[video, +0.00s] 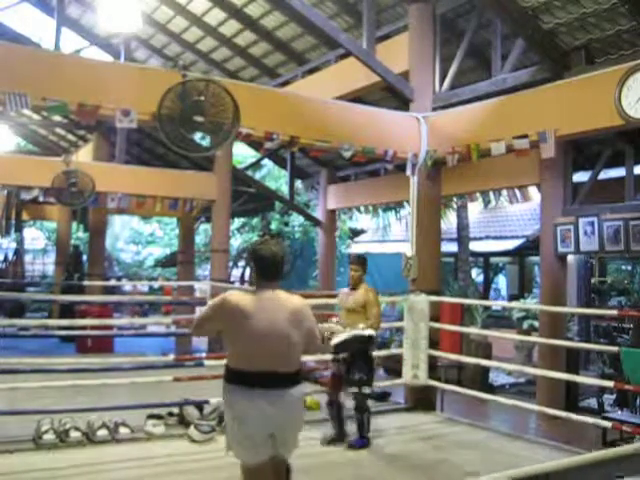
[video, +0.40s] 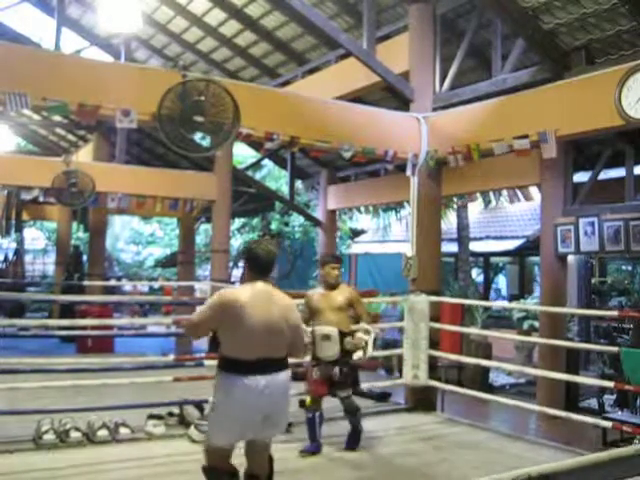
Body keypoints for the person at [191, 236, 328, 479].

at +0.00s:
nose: (249, 270)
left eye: (250, 266)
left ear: (252, 270)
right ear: (282, 270)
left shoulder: (232, 303)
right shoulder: (298, 306)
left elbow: (200, 328)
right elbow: (313, 345)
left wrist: (232, 324)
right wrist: (283, 339)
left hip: (244, 398)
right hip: (288, 396)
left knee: (254, 468)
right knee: (280, 462)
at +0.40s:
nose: (240, 268)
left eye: (242, 264)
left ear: (245, 266)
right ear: (272, 269)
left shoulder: (227, 298)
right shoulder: (286, 303)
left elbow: (193, 329)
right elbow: (299, 347)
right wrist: (269, 343)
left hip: (236, 384)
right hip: (277, 382)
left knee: (217, 458)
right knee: (259, 452)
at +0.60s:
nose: (233, 264)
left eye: (234, 260)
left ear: (235, 264)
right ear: (262, 266)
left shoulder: (220, 298)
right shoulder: (278, 301)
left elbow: (190, 331)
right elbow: (286, 342)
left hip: (228, 378)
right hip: (268, 375)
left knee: (212, 447)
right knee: (256, 447)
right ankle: (258, 477)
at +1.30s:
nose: (178, 267)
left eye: (180, 264)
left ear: (182, 266)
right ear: (208, 267)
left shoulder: (169, 295)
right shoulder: (224, 297)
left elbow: (146, 327)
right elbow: (242, 331)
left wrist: (173, 322)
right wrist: (218, 324)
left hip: (179, 368)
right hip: (215, 367)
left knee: (188, 441)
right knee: (218, 435)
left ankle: (190, 474)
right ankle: (218, 475)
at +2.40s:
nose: (217, 272)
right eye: (216, 269)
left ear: (193, 270)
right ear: (214, 270)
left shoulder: (179, 293)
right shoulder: (224, 294)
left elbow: (164, 319)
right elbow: (242, 328)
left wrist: (185, 317)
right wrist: (221, 322)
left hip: (186, 351)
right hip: (216, 353)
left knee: (187, 407)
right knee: (208, 410)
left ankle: (189, 458)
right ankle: (198, 466)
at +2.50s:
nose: (217, 272)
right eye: (216, 269)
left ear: (193, 269)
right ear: (213, 270)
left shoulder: (178, 292)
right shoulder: (223, 294)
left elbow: (167, 318)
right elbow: (240, 326)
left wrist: (187, 313)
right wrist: (219, 319)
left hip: (184, 349)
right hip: (214, 352)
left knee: (188, 403)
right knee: (214, 406)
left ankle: (189, 454)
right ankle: (201, 457)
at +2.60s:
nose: (216, 272)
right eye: (215, 269)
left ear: (193, 269)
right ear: (213, 270)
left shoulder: (178, 291)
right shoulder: (222, 292)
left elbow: (167, 315)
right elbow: (239, 323)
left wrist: (187, 316)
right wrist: (221, 320)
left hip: (183, 346)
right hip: (213, 349)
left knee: (189, 403)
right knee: (221, 404)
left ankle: (190, 456)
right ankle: (206, 455)